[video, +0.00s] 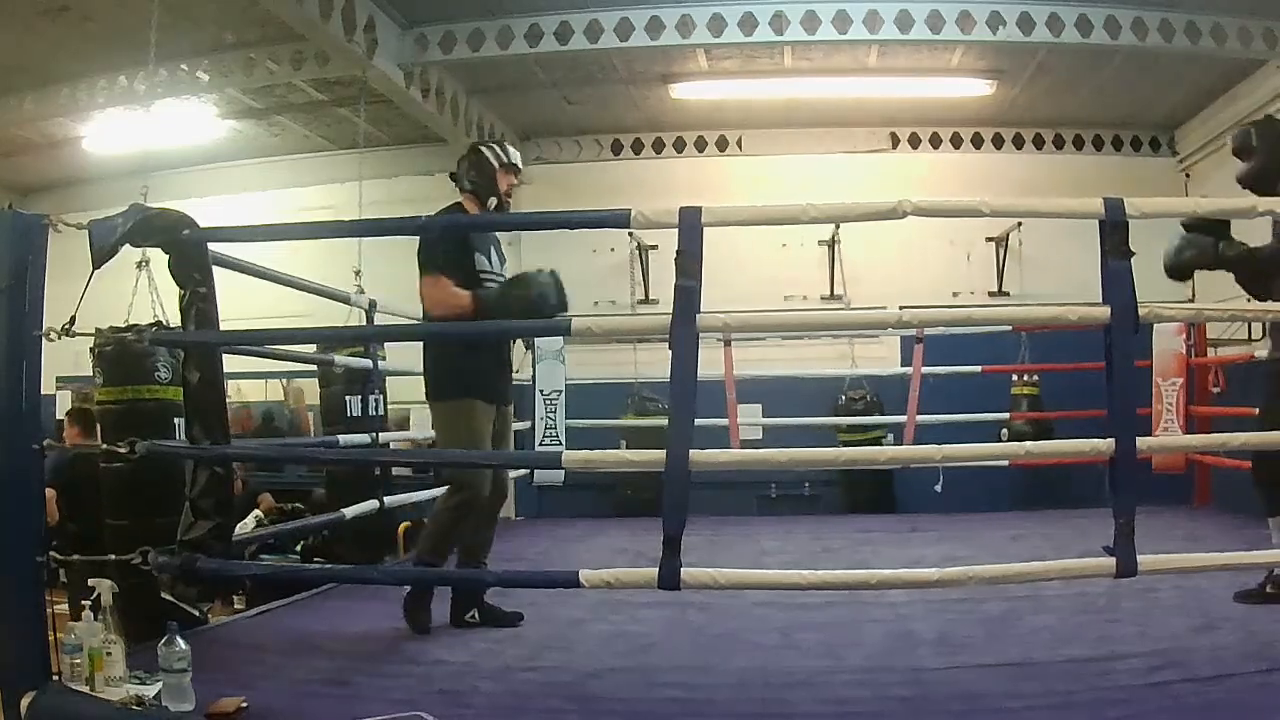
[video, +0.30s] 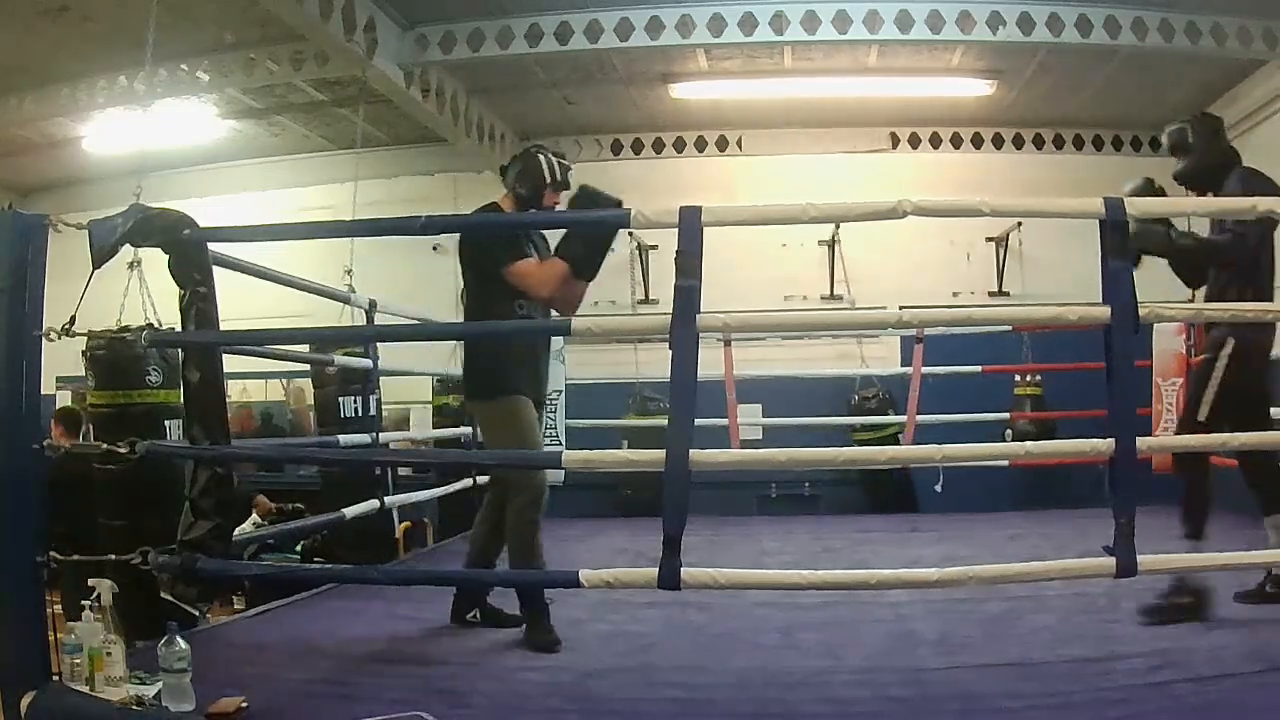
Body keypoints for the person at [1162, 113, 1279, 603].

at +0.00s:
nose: (1238, 171)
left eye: (1243, 157)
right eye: (1236, 159)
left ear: (1270, 152)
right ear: (1267, 156)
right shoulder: (1275, 213)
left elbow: (1271, 279)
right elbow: (1270, 283)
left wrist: (1227, 251)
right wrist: (1231, 248)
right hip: (1276, 358)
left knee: (1269, 459)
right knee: (1267, 457)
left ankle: (1279, 569)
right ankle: (1279, 569)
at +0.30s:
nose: (1178, 169)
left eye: (1183, 156)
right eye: (1175, 159)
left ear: (1211, 148)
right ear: (1209, 152)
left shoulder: (1245, 190)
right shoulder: (1229, 195)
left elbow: (1237, 254)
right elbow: (1198, 275)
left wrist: (1170, 237)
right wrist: (1161, 234)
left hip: (1238, 336)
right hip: (1241, 336)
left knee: (1189, 444)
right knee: (1256, 450)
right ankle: (1279, 567)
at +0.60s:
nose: (1088, 179)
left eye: (1093, 168)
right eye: (1086, 170)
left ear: (1120, 164)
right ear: (1121, 163)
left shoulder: (1159, 206)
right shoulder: (1120, 208)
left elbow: (1118, 280)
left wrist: (1072, 241)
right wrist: (1026, 225)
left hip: (1153, 356)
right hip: (1162, 354)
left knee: (1098, 459)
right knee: (1196, 459)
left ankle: (1068, 587)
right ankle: (1268, 554)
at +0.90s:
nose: (989, 175)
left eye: (994, 163)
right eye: (987, 165)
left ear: (1018, 157)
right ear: (1032, 154)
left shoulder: (1041, 194)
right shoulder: (1073, 191)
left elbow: (979, 240)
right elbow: (1027, 270)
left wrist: (907, 218)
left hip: (1074, 333)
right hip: (1092, 329)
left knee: (1051, 450)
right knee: (1063, 444)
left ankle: (1064, 587)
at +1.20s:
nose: (953, 203)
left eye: (956, 193)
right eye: (950, 195)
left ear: (978, 188)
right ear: (977, 190)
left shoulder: (1019, 219)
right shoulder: (989, 232)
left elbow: (1060, 274)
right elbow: (951, 289)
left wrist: (991, 261)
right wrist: (924, 233)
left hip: (1012, 355)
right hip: (1007, 355)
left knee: (943, 449)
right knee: (1005, 454)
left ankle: (1003, 552)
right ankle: (1041, 559)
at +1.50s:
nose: (907, 202)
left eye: (912, 193)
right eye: (905, 194)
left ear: (936, 189)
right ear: (949, 186)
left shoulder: (959, 229)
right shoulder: (972, 225)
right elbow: (900, 277)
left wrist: (880, 225)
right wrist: (885, 226)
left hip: (955, 357)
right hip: (968, 356)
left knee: (906, 458)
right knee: (963, 454)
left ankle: (902, 581)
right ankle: (1028, 545)